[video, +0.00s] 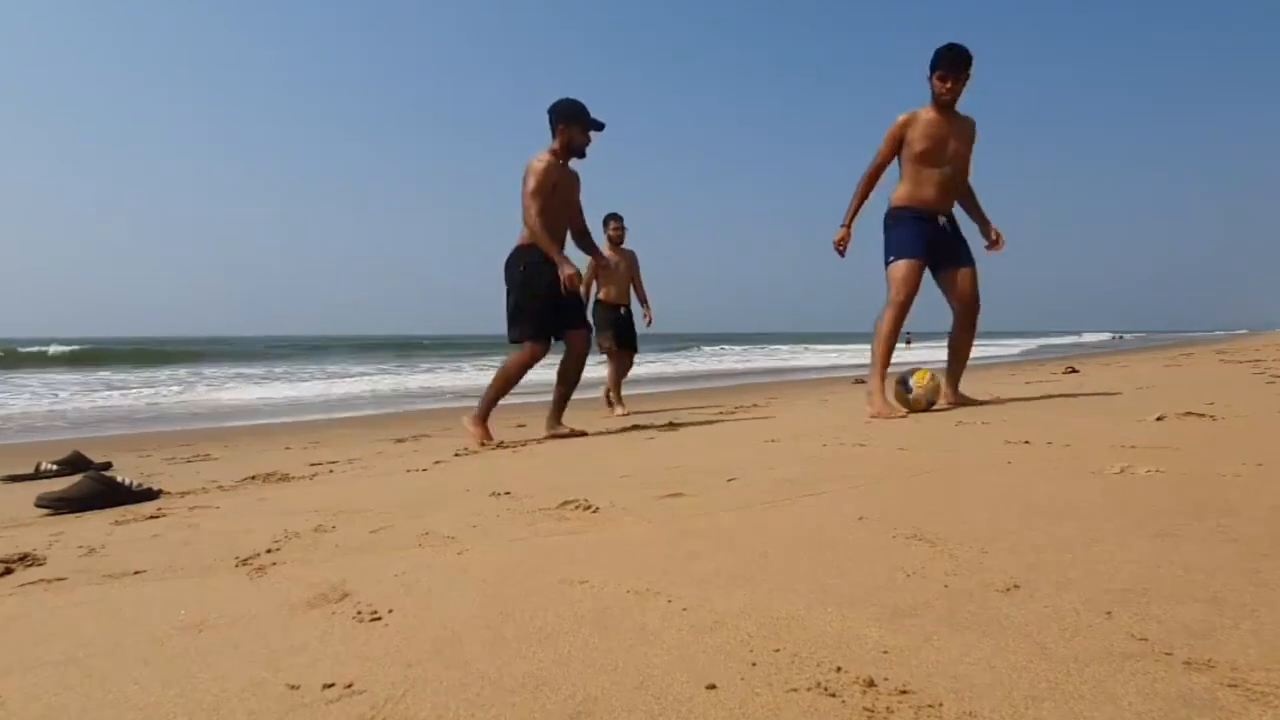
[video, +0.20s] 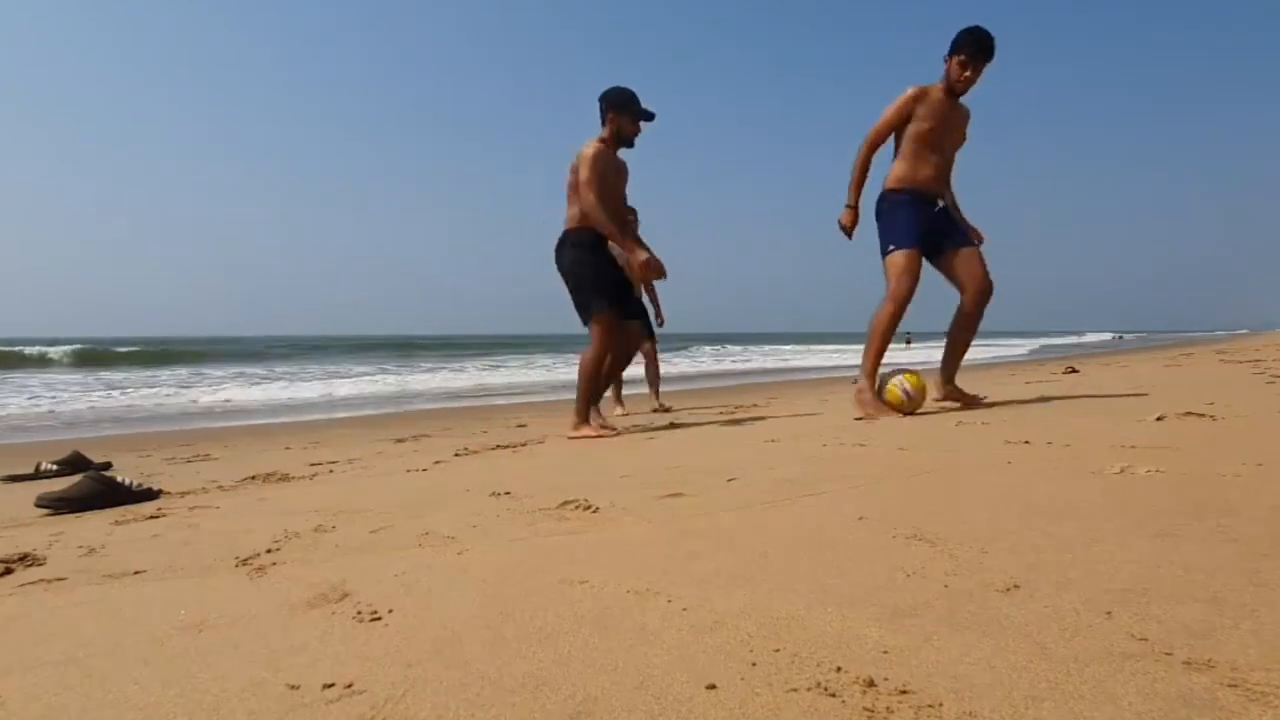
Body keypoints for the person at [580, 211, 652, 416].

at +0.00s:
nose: (620, 233)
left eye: (622, 229)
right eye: (615, 229)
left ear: (625, 231)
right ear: (606, 232)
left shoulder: (630, 256)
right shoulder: (598, 258)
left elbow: (637, 282)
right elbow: (586, 285)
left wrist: (645, 305)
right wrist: (583, 311)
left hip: (624, 307)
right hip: (604, 305)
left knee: (628, 355)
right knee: (613, 354)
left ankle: (610, 388)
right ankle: (618, 402)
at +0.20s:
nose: (632, 225)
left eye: (634, 220)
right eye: (628, 221)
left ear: (638, 223)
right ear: (618, 223)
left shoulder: (638, 249)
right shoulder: (609, 248)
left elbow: (648, 282)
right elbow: (604, 277)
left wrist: (657, 309)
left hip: (636, 301)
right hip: (615, 302)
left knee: (650, 350)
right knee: (618, 351)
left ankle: (655, 398)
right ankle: (617, 400)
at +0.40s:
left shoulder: (661, 253)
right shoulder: (624, 246)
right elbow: (612, 275)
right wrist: (614, 301)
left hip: (654, 305)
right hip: (629, 304)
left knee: (663, 353)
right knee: (624, 353)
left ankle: (670, 400)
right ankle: (620, 401)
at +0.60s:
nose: (656, 220)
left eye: (659, 215)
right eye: (652, 216)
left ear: (663, 217)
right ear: (643, 217)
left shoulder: (667, 243)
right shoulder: (632, 243)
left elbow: (676, 273)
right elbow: (620, 272)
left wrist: (684, 300)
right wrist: (619, 304)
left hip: (661, 299)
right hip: (639, 298)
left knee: (669, 352)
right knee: (636, 353)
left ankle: (670, 401)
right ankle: (624, 398)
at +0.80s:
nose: (671, 231)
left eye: (672, 227)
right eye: (668, 227)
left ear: (668, 229)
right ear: (654, 226)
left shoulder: (668, 254)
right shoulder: (635, 253)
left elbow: (672, 285)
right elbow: (611, 280)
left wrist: (689, 307)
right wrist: (593, 308)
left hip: (665, 310)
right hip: (643, 312)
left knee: (700, 343)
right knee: (649, 360)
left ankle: (699, 387)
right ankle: (633, 404)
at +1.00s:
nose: (678, 239)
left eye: (681, 234)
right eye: (675, 234)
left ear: (684, 235)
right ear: (668, 233)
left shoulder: (687, 257)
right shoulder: (656, 260)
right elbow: (633, 288)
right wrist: (619, 318)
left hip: (682, 311)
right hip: (661, 313)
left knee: (713, 339)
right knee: (665, 368)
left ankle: (733, 383)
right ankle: (637, 403)